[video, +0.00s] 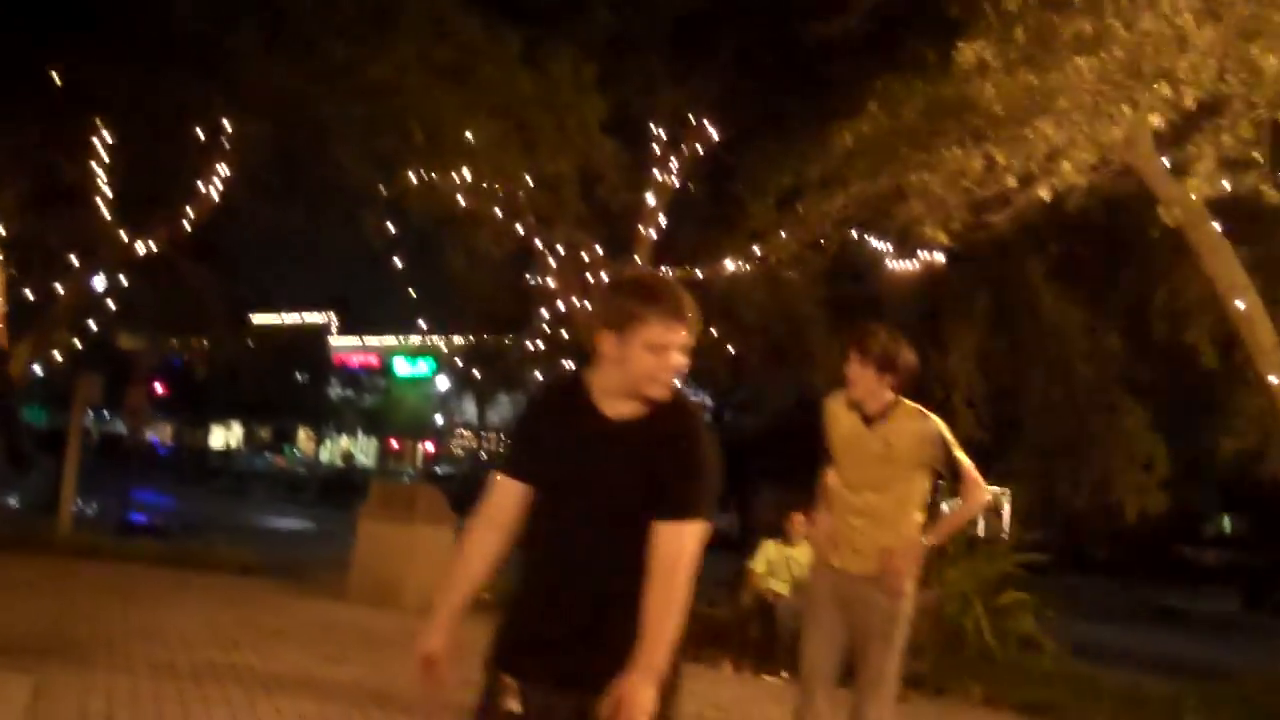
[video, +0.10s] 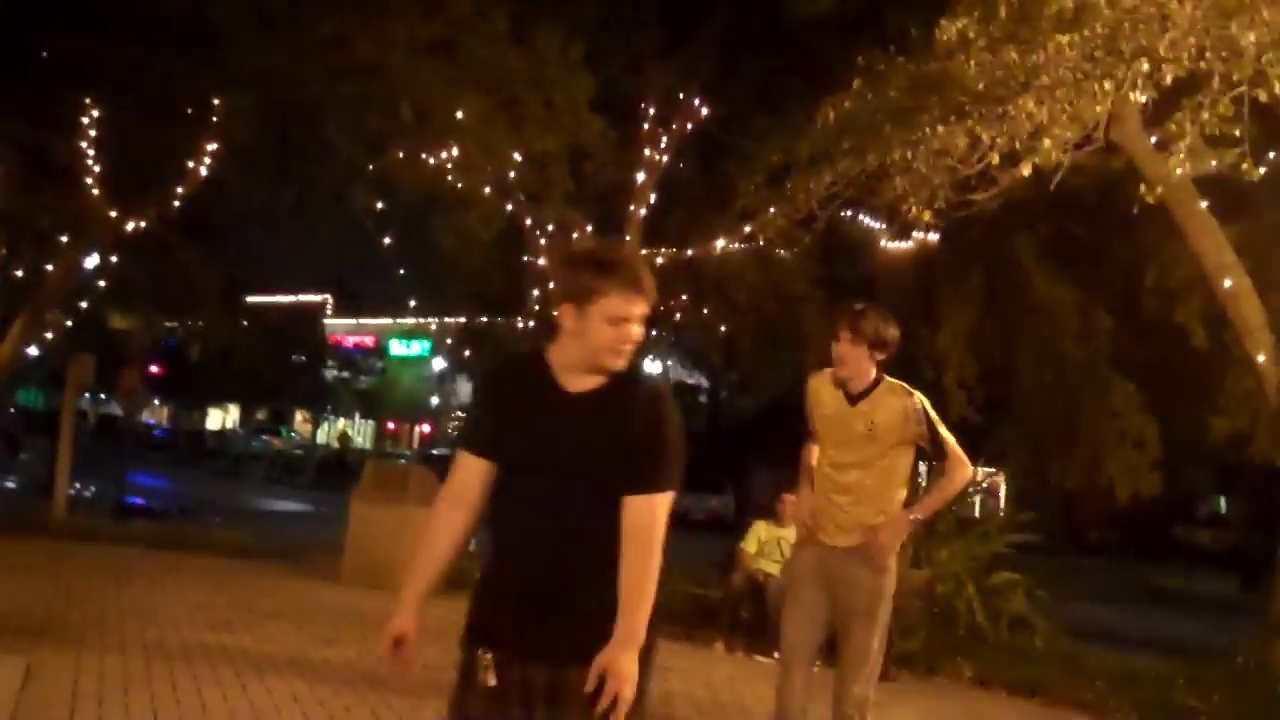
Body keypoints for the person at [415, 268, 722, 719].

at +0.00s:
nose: (677, 365)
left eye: (683, 350)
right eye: (658, 349)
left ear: (690, 350)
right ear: (607, 343)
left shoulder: (683, 435)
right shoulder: (553, 409)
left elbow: (672, 570)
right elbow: (495, 521)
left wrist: (645, 676)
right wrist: (441, 623)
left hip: (621, 671)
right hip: (530, 654)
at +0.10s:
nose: (633, 336)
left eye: (641, 322)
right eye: (618, 321)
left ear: (648, 321)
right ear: (568, 315)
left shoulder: (645, 409)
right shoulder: (508, 386)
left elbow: (643, 539)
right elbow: (459, 499)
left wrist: (626, 645)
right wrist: (409, 605)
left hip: (596, 652)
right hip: (502, 639)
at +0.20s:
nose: (607, 322)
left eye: (613, 308)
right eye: (591, 309)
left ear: (621, 305)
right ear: (542, 306)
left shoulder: (623, 394)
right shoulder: (488, 379)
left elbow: (633, 522)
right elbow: (440, 493)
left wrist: (630, 629)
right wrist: (396, 597)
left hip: (584, 635)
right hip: (492, 626)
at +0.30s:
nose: (589, 318)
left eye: (595, 304)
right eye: (572, 304)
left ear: (603, 302)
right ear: (524, 303)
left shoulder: (608, 385)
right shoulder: (473, 374)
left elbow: (622, 513)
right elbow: (428, 490)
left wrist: (632, 622)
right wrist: (390, 592)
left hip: (576, 627)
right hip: (481, 620)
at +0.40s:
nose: (600, 315)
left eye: (607, 302)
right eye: (584, 302)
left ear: (615, 302)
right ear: (536, 301)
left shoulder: (619, 385)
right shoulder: (486, 376)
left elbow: (637, 505)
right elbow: (446, 487)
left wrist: (652, 619)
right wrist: (409, 589)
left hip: (591, 627)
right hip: (493, 620)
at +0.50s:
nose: (596, 319)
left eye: (603, 305)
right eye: (580, 305)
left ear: (611, 306)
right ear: (532, 305)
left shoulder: (612, 389)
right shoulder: (483, 380)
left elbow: (627, 511)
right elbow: (439, 493)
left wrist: (638, 623)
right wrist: (393, 595)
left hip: (578, 633)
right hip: (480, 624)